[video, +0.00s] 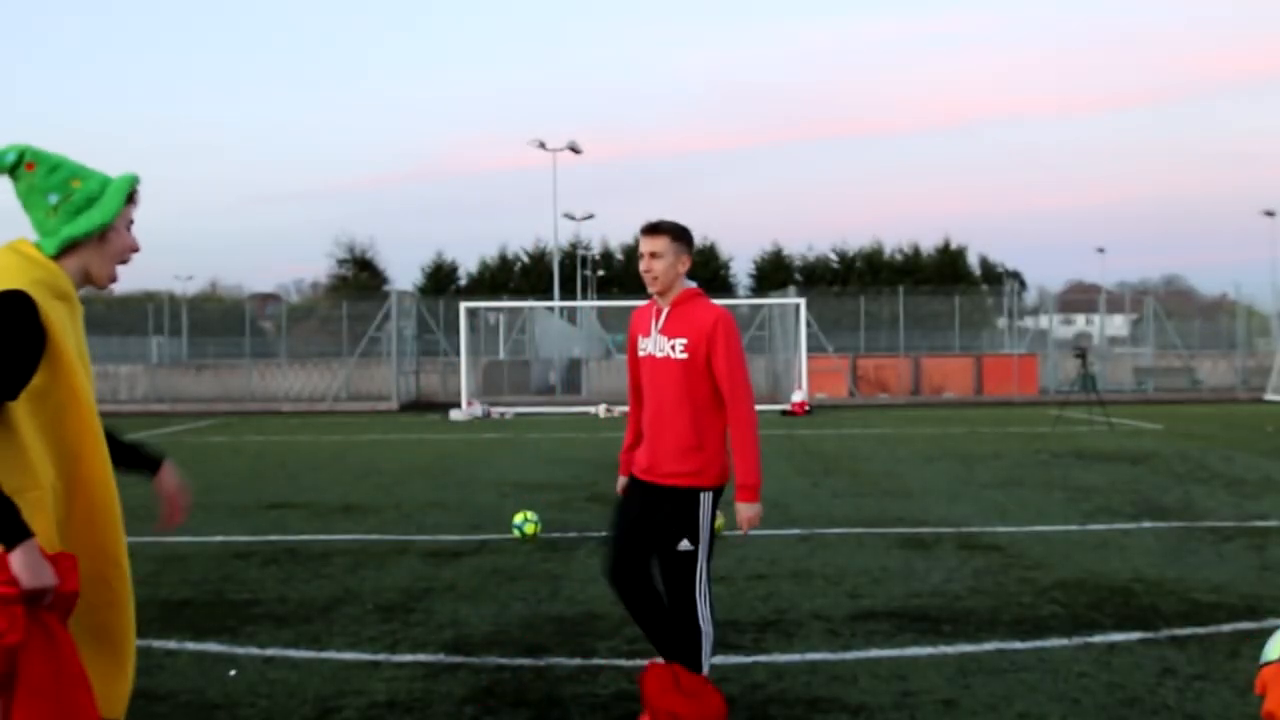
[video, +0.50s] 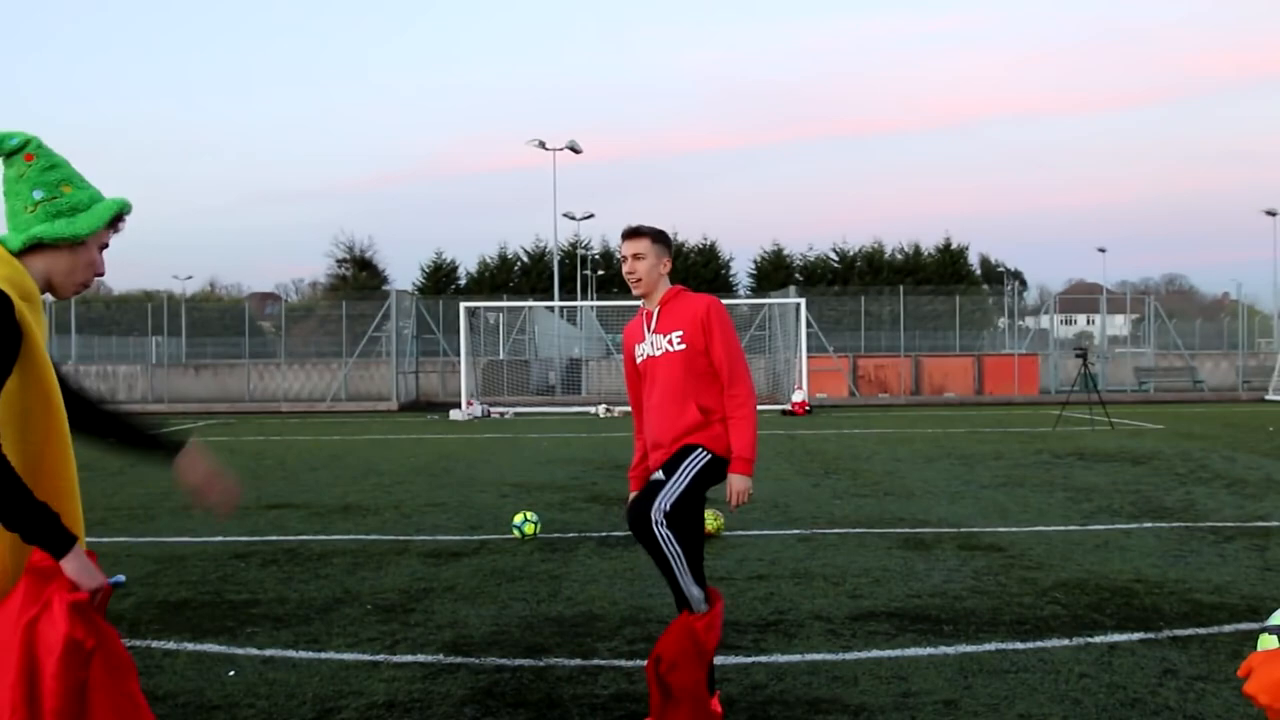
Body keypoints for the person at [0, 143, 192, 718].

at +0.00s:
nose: (134, 245)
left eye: (131, 227)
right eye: (126, 225)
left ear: (82, 228)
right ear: (85, 227)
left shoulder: (52, 303)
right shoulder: (21, 305)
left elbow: (67, 427)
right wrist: (16, 539)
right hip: (24, 581)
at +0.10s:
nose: (127, 256)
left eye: (128, 238)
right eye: (121, 236)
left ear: (76, 233)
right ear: (79, 230)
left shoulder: (45, 304)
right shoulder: (19, 303)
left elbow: (79, 412)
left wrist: (186, 420)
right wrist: (32, 537)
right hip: (21, 581)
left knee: (59, 695)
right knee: (36, 700)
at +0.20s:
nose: (124, 259)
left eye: (124, 241)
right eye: (117, 240)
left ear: (73, 236)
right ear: (74, 233)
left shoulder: (35, 313)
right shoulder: (13, 307)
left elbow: (107, 378)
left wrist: (221, 361)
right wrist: (48, 534)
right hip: (21, 579)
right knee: (27, 698)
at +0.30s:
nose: (119, 259)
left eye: (118, 240)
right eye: (113, 238)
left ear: (69, 235)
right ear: (72, 232)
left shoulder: (37, 313)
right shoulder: (11, 304)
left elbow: (112, 358)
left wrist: (227, 353)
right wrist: (50, 537)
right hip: (18, 581)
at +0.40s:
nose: (107, 262)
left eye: (108, 244)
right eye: (101, 242)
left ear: (57, 237)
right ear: (57, 236)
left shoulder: (26, 307)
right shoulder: (9, 306)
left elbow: (89, 367)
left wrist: (214, 393)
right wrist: (56, 547)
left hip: (31, 582)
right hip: (14, 589)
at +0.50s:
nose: (101, 268)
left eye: (104, 250)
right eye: (98, 248)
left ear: (52, 238)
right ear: (53, 235)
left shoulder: (21, 310)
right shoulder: (8, 310)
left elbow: (75, 410)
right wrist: (61, 545)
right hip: (10, 588)